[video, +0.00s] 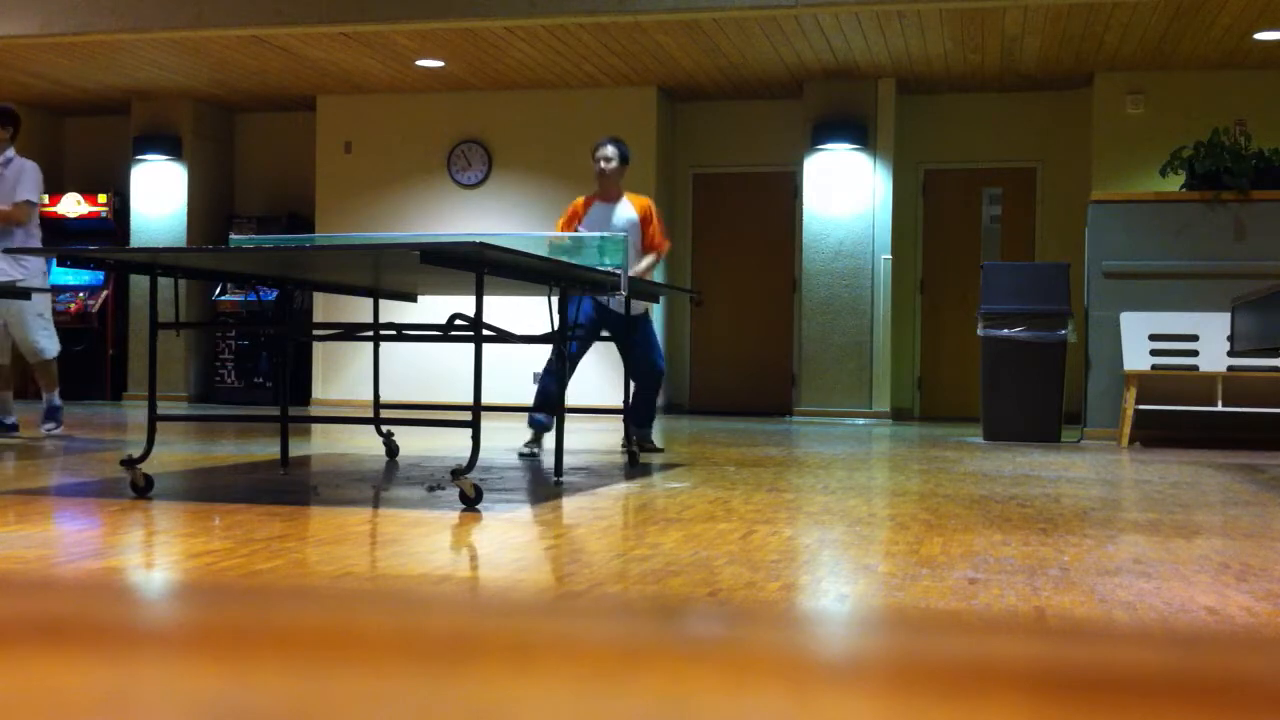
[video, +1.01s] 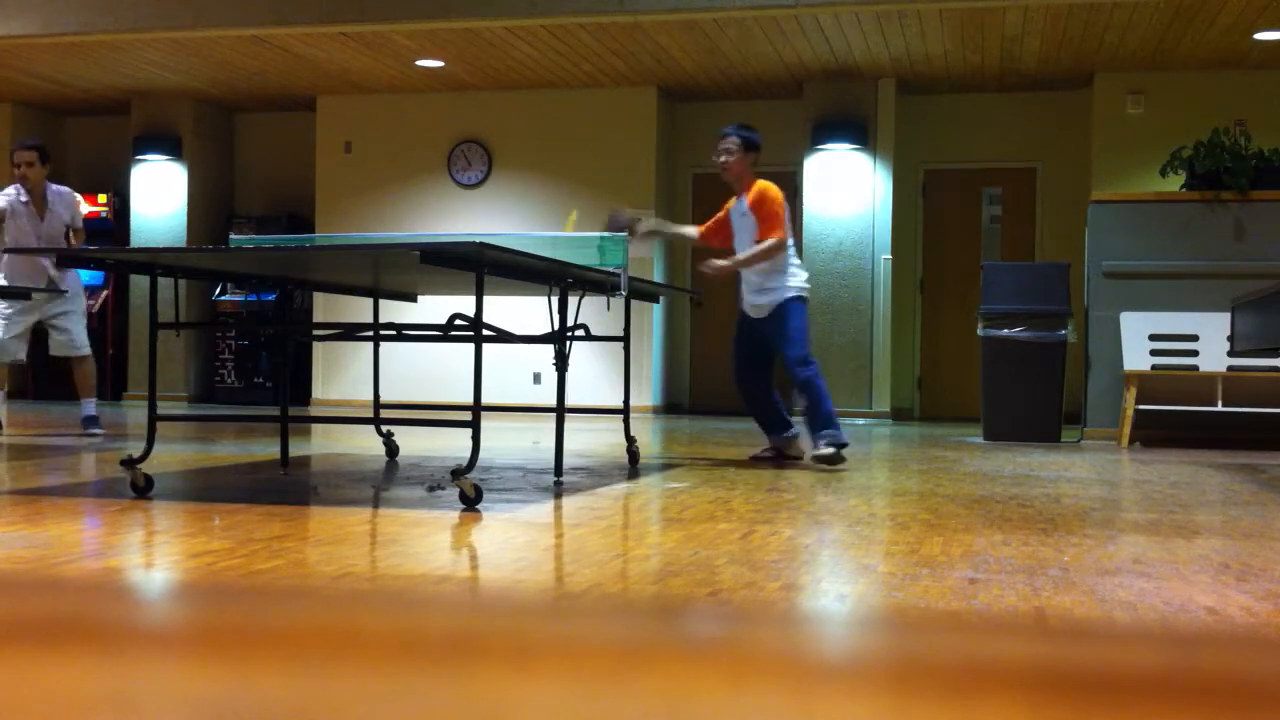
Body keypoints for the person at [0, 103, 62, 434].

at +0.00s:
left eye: (1, 129)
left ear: (9, 132)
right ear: (7, 132)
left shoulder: (25, 168)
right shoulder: (9, 170)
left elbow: (21, 215)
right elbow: (19, 214)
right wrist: (9, 212)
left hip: (23, 271)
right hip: (3, 272)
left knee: (35, 343)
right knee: (2, 350)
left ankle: (52, 403)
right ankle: (6, 415)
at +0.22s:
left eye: (4, 134)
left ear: (23, 139)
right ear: (4, 140)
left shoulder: (45, 178)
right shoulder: (1, 179)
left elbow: (57, 227)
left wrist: (11, 217)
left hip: (44, 282)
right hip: (5, 280)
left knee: (54, 357)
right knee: (2, 356)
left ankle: (59, 418)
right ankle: (6, 418)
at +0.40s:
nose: (5, 143)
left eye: (11, 137)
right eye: (2, 137)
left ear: (32, 141)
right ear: (2, 141)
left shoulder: (57, 179)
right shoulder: (3, 181)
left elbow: (75, 228)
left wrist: (29, 226)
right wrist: (6, 229)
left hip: (52, 281)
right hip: (11, 280)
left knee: (61, 353)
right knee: (3, 350)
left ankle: (60, 416)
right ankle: (1, 413)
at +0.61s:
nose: (10, 142)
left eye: (17, 136)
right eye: (7, 136)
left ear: (38, 139)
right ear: (3, 140)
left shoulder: (62, 179)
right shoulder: (2, 180)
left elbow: (83, 226)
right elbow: (3, 223)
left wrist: (44, 229)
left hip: (53, 281)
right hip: (10, 279)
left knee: (61, 353)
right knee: (2, 353)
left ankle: (59, 416)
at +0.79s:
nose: (12, 147)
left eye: (18, 141)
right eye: (8, 141)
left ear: (37, 144)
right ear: (4, 144)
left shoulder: (60, 182)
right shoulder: (1, 181)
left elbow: (80, 227)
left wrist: (45, 230)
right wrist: (8, 253)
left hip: (53, 281)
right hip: (9, 280)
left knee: (63, 350)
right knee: (1, 352)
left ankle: (61, 415)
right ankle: (0, 413)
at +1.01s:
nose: (22, 171)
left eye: (28, 165)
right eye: (17, 166)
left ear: (45, 167)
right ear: (13, 169)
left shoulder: (66, 198)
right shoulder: (7, 201)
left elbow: (78, 232)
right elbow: (0, 230)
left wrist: (73, 250)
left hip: (63, 287)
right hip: (15, 289)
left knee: (80, 349)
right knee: (2, 350)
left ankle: (89, 414)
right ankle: (0, 413)